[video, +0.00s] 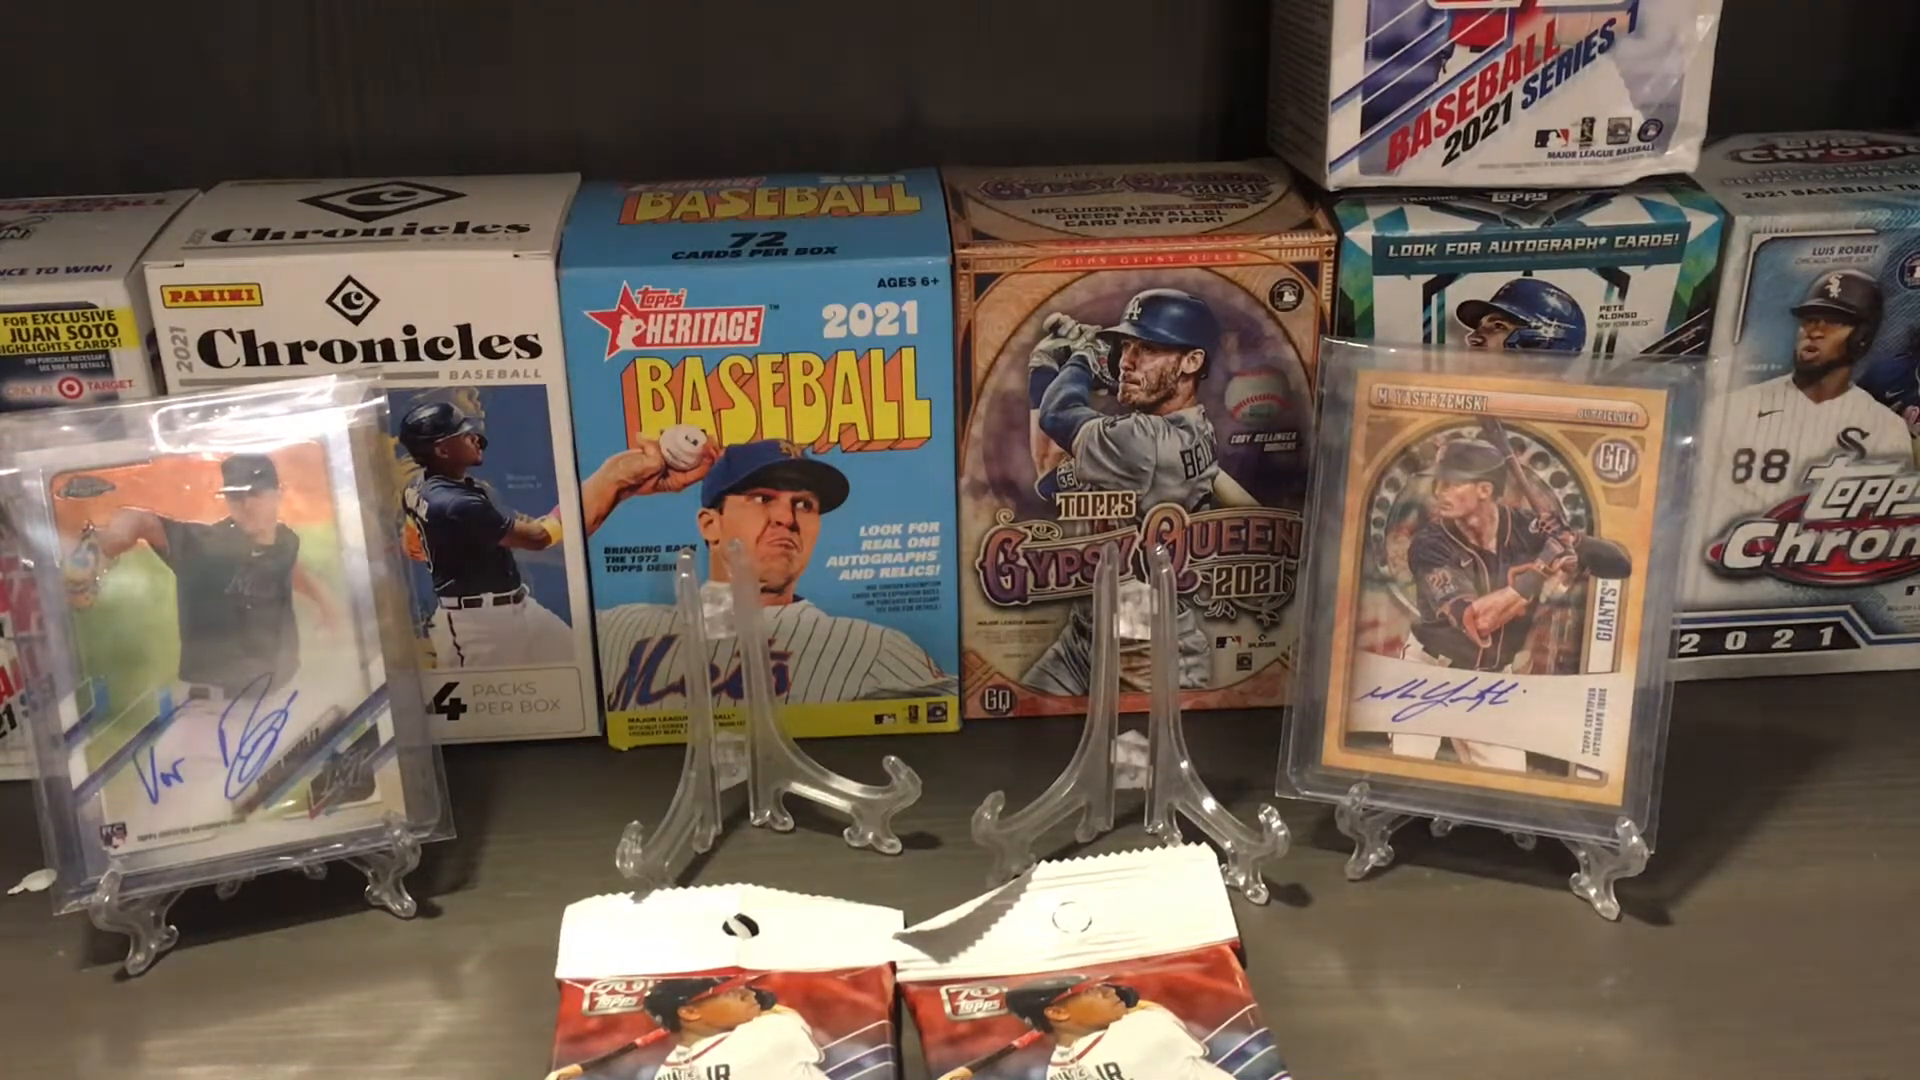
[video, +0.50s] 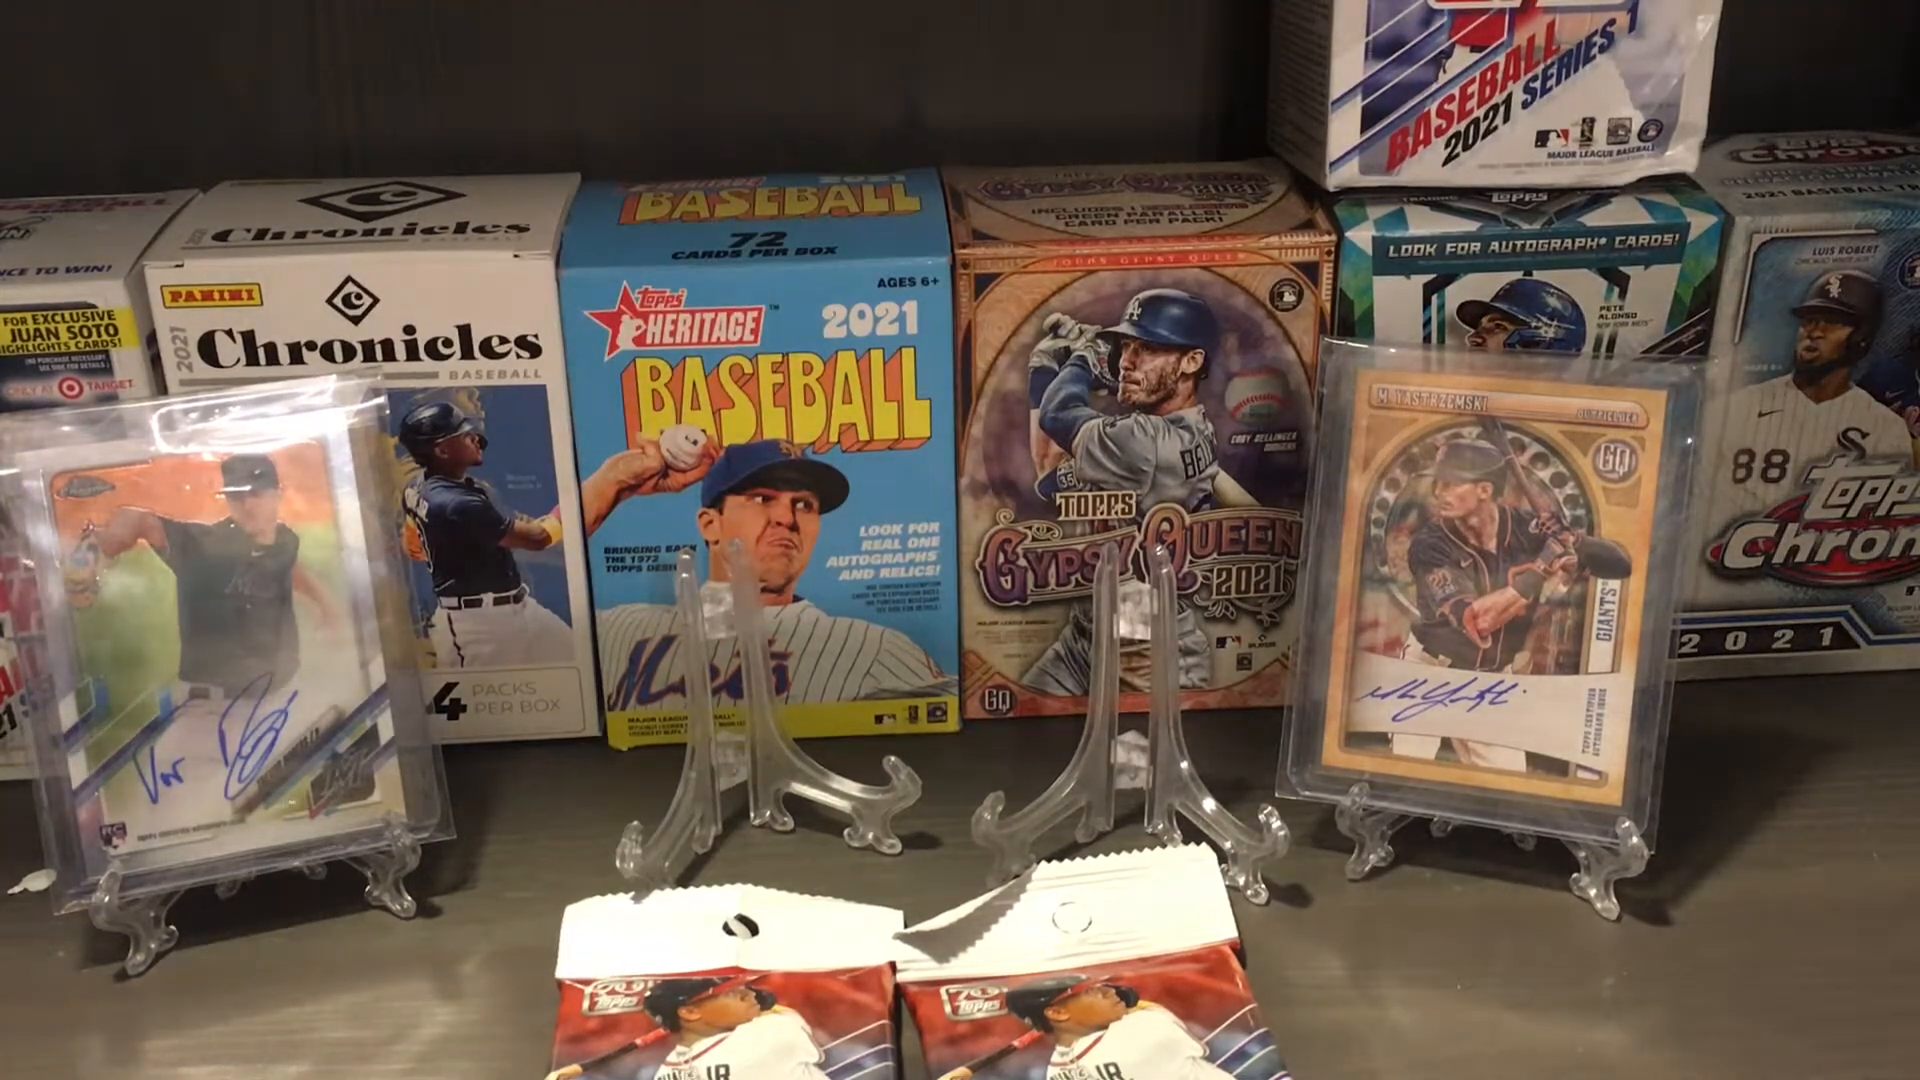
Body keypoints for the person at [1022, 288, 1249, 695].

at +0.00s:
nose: (1127, 362)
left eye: (1148, 350)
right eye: (1127, 348)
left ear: (1190, 363)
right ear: (1120, 349)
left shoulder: (1140, 440)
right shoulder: (1188, 432)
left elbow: (1059, 410)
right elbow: (1047, 479)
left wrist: (1085, 359)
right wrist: (1042, 369)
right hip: (1091, 641)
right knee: (1012, 735)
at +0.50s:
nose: (1127, 362)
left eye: (1148, 350)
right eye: (1126, 348)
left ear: (1190, 363)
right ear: (1120, 349)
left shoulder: (1142, 440)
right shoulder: (1187, 430)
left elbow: (1059, 411)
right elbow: (1047, 478)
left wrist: (1086, 359)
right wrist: (1042, 369)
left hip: (1160, 646)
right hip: (1092, 637)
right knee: (1013, 736)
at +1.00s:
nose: (1127, 362)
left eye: (1148, 350)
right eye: (1126, 347)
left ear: (1190, 363)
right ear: (1120, 349)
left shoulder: (1141, 440)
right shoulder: (1187, 430)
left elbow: (1059, 411)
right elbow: (1048, 478)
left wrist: (1086, 359)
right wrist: (1042, 369)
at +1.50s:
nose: (1127, 361)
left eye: (1147, 350)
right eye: (1126, 347)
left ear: (1191, 363)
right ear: (1119, 348)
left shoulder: (1139, 441)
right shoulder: (1190, 431)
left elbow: (1060, 410)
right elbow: (1050, 475)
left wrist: (1085, 361)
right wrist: (1042, 369)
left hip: (1161, 648)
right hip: (1089, 642)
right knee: (1011, 737)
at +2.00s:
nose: (1127, 361)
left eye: (1145, 349)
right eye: (1126, 347)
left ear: (1191, 363)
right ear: (1118, 349)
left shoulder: (1143, 442)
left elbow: (1060, 411)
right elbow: (1049, 476)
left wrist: (1083, 362)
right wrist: (1043, 366)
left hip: (1159, 650)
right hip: (1087, 642)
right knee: (1011, 738)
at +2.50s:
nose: (1127, 362)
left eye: (1147, 350)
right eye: (1126, 348)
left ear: (1190, 363)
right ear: (1121, 349)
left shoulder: (1143, 441)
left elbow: (1060, 410)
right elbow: (1048, 475)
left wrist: (1086, 360)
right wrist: (1042, 372)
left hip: (1158, 647)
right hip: (1092, 638)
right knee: (1012, 736)